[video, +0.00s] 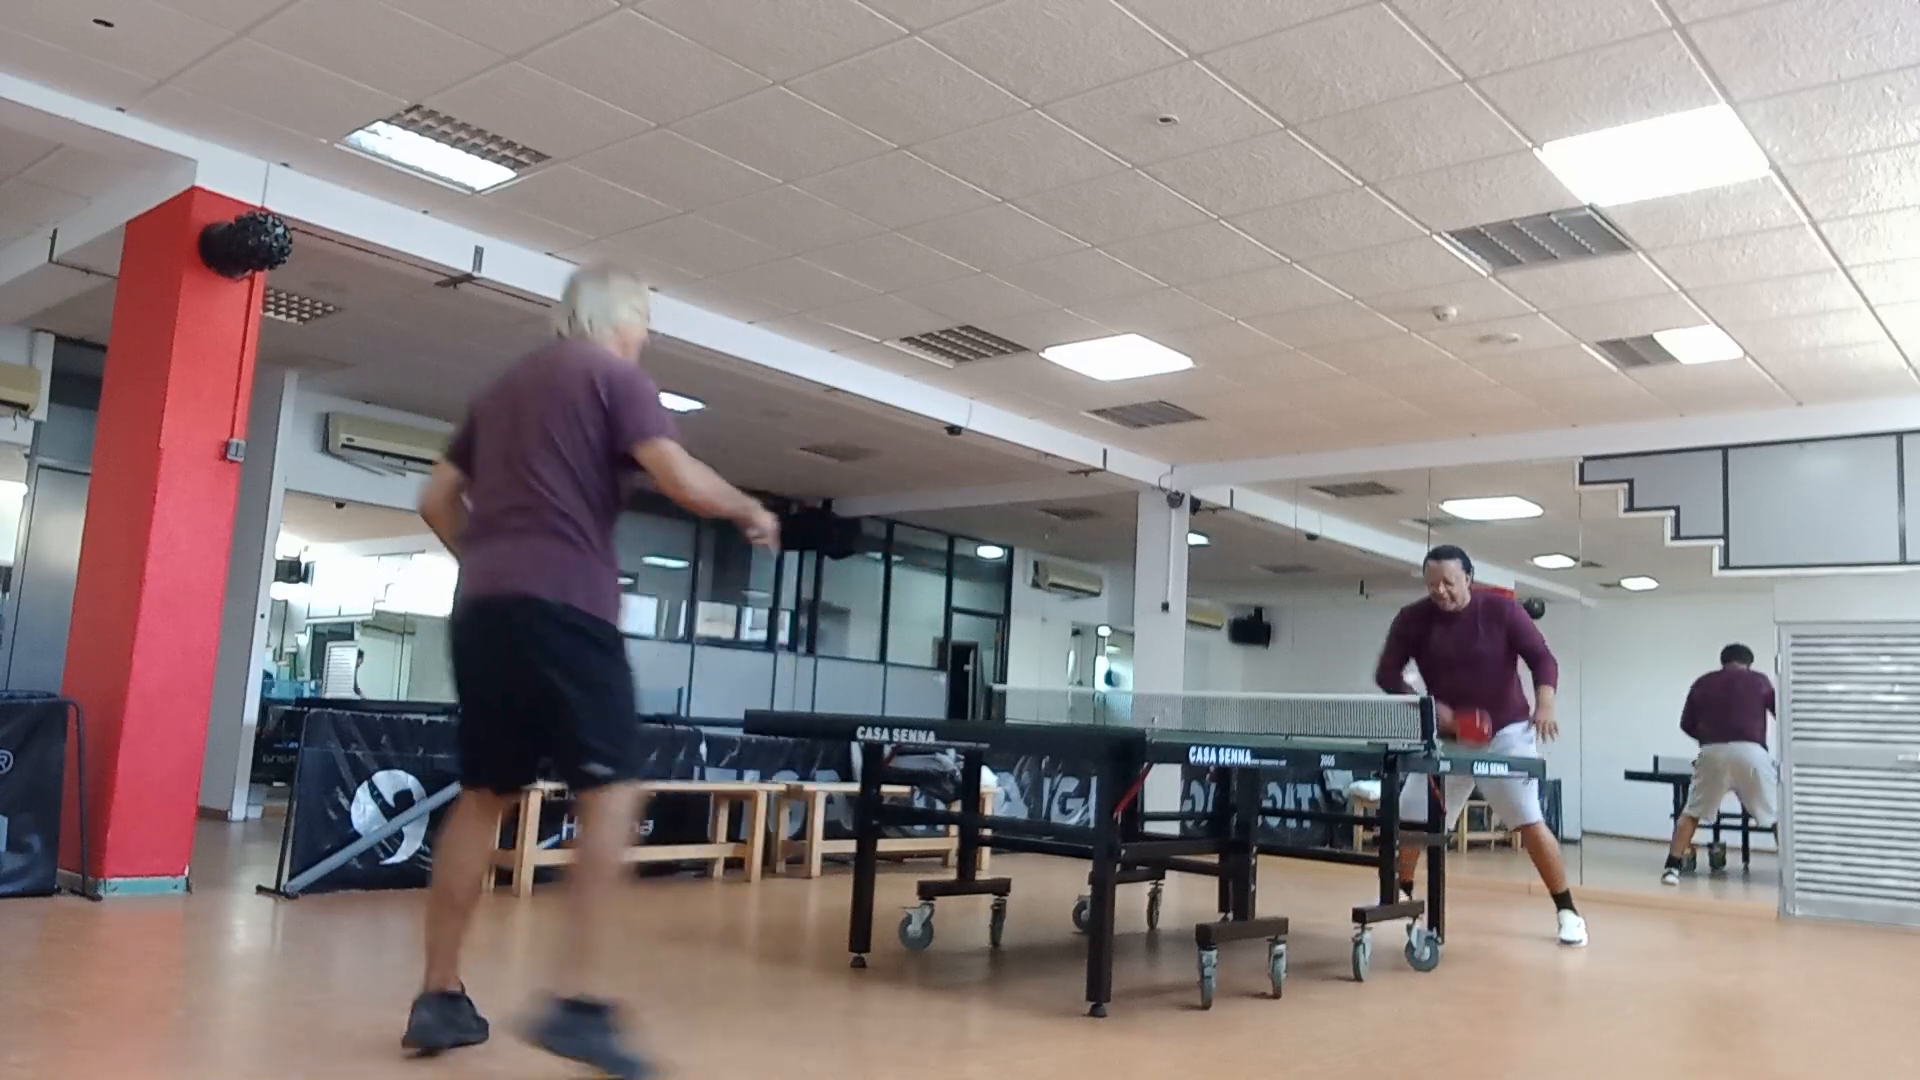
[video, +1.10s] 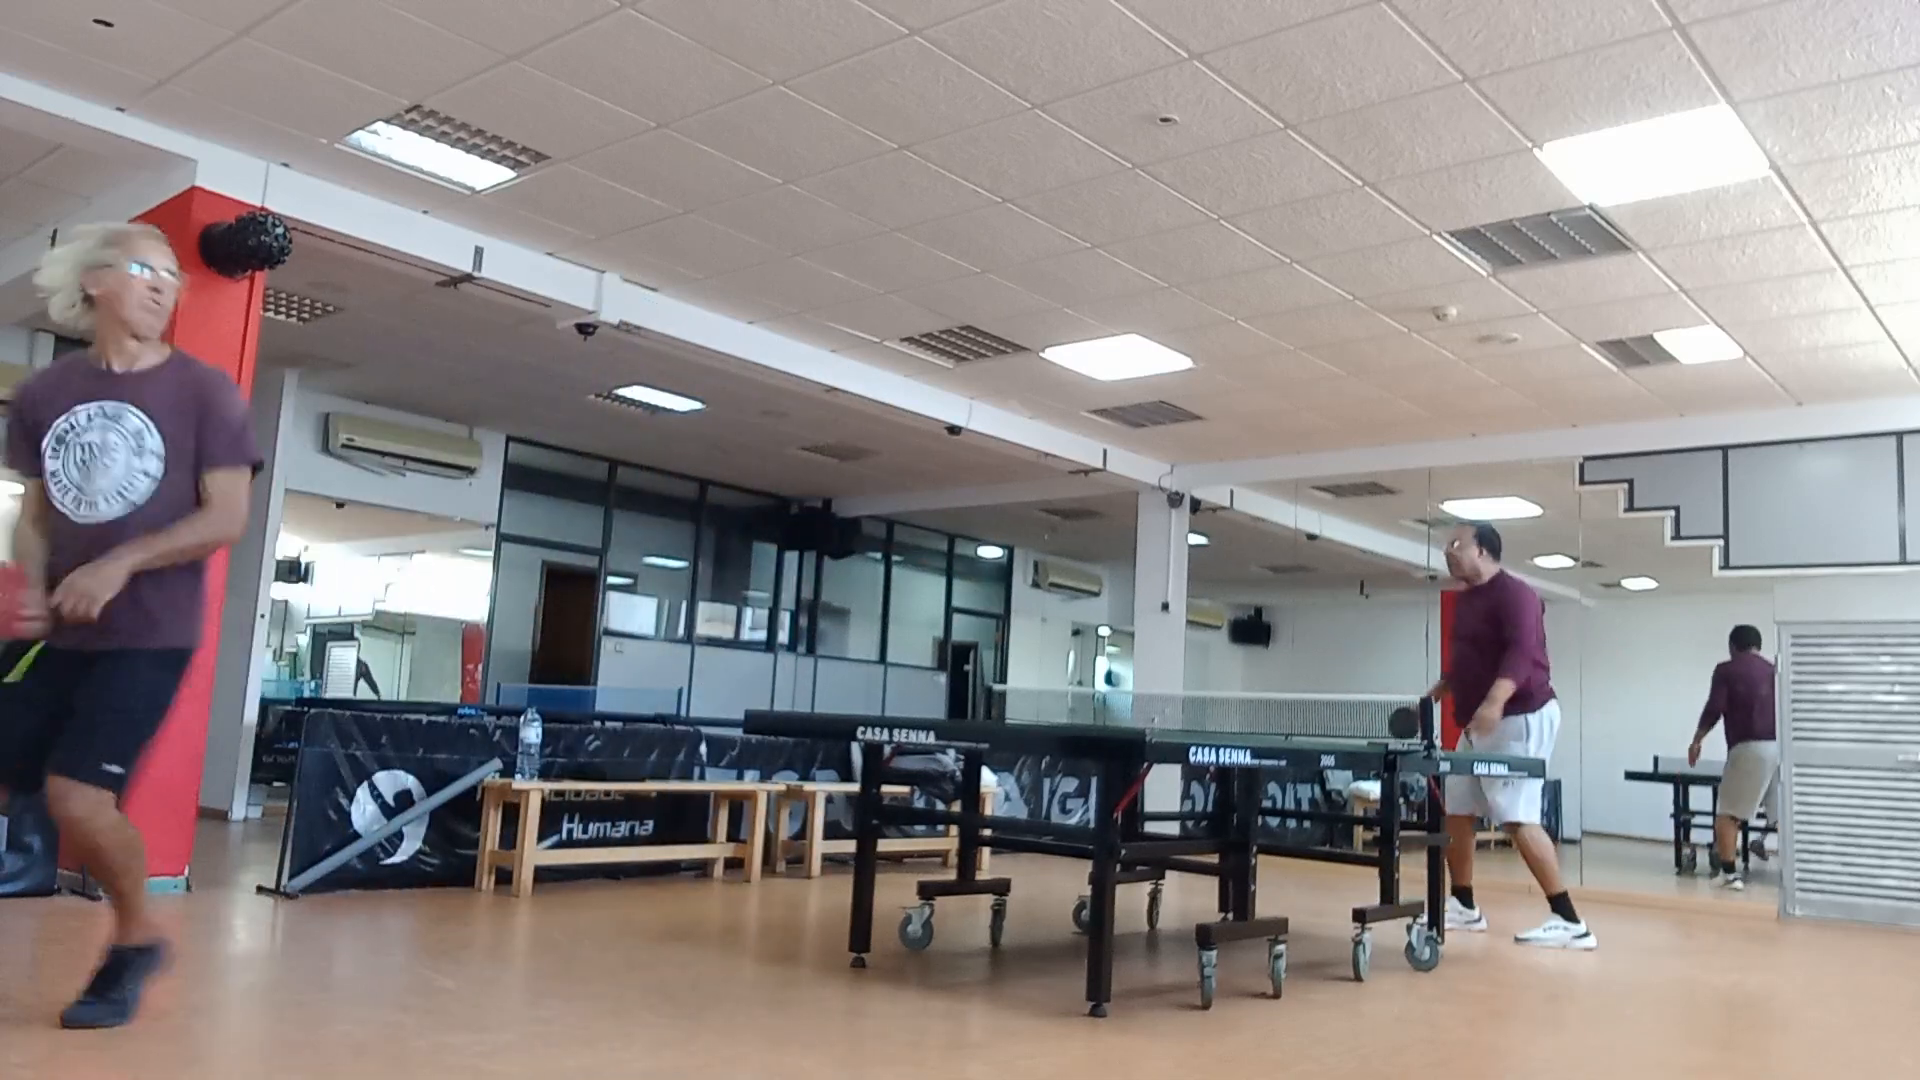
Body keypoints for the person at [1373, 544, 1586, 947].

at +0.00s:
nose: (1440, 591)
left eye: (1448, 582)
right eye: (1433, 584)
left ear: (1467, 577)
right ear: (1426, 584)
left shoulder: (1502, 610)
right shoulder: (1414, 620)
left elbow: (1542, 658)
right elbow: (1386, 675)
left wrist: (1545, 706)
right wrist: (1432, 710)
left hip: (1507, 733)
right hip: (1448, 739)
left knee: (1527, 819)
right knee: (1409, 820)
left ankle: (1567, 911)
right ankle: (1401, 896)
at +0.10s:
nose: (1431, 595)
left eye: (1438, 586)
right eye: (1423, 588)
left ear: (1456, 580)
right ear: (1416, 586)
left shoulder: (1490, 607)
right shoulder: (1404, 613)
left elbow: (1542, 642)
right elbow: (1368, 644)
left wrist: (1561, 682)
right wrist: (1410, 661)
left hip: (1502, 732)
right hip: (1446, 737)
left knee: (1532, 817)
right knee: (1407, 819)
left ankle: (1571, 911)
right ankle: (1399, 897)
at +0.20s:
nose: (1422, 594)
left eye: (1429, 585)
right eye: (1414, 587)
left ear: (1447, 579)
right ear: (1407, 586)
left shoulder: (1480, 604)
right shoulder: (1399, 605)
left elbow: (1536, 619)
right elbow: (1359, 602)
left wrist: (1584, 650)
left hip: (1498, 735)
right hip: (1438, 739)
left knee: (1533, 820)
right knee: (1403, 822)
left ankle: (1572, 912)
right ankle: (1398, 900)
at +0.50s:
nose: (1435, 563)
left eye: (1443, 557)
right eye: (1430, 557)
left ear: (1467, 562)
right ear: (1425, 563)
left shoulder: (1497, 599)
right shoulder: (1407, 601)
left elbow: (1549, 622)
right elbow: (1373, 642)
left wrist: (1599, 639)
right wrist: (1341, 678)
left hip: (1488, 731)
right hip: (1425, 732)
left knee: (1520, 818)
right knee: (1403, 824)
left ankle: (1558, 910)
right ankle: (1396, 897)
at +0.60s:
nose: (1442, 560)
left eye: (1451, 553)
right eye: (1437, 555)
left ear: (1474, 559)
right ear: (1432, 563)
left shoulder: (1505, 598)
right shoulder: (1417, 602)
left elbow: (1560, 629)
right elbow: (1401, 659)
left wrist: (1620, 661)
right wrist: (1387, 706)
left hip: (1495, 730)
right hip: (1434, 732)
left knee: (1522, 823)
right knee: (1409, 827)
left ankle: (1556, 911)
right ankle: (1401, 898)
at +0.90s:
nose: (1454, 546)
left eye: (1463, 539)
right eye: (1450, 542)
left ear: (1487, 546)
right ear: (1449, 552)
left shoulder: (1521, 589)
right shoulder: (1448, 596)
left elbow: (1554, 641)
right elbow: (1446, 649)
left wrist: (1559, 695)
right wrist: (1429, 698)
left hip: (1516, 722)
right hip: (1460, 722)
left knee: (1531, 820)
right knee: (1448, 811)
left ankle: (1562, 911)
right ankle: (1460, 903)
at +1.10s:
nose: (1447, 553)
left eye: (1454, 545)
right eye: (1447, 546)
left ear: (1481, 551)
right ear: (1476, 553)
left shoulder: (1516, 594)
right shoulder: (1466, 600)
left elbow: (1521, 654)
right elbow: (1470, 660)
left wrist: (1494, 702)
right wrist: (1439, 690)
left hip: (1523, 717)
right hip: (1480, 720)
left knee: (1517, 815)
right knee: (1456, 808)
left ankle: (1568, 920)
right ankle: (1463, 907)